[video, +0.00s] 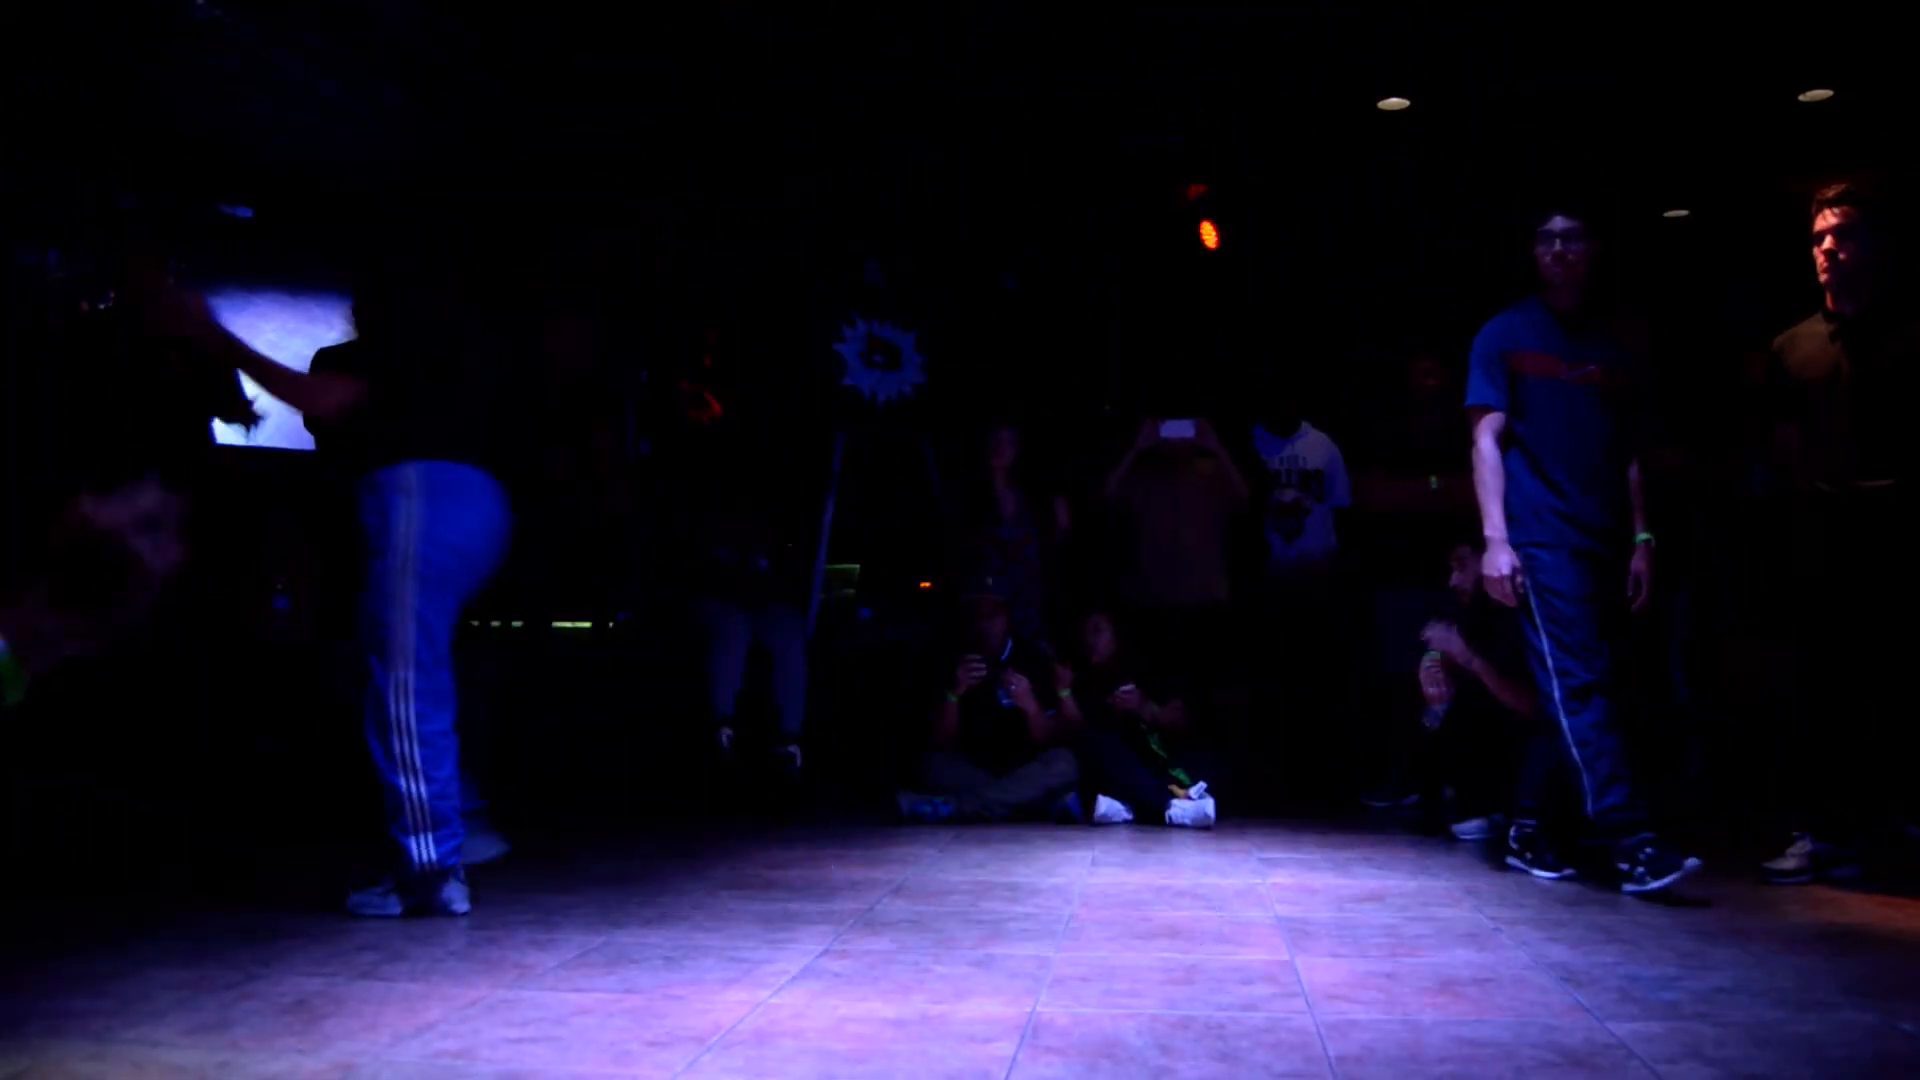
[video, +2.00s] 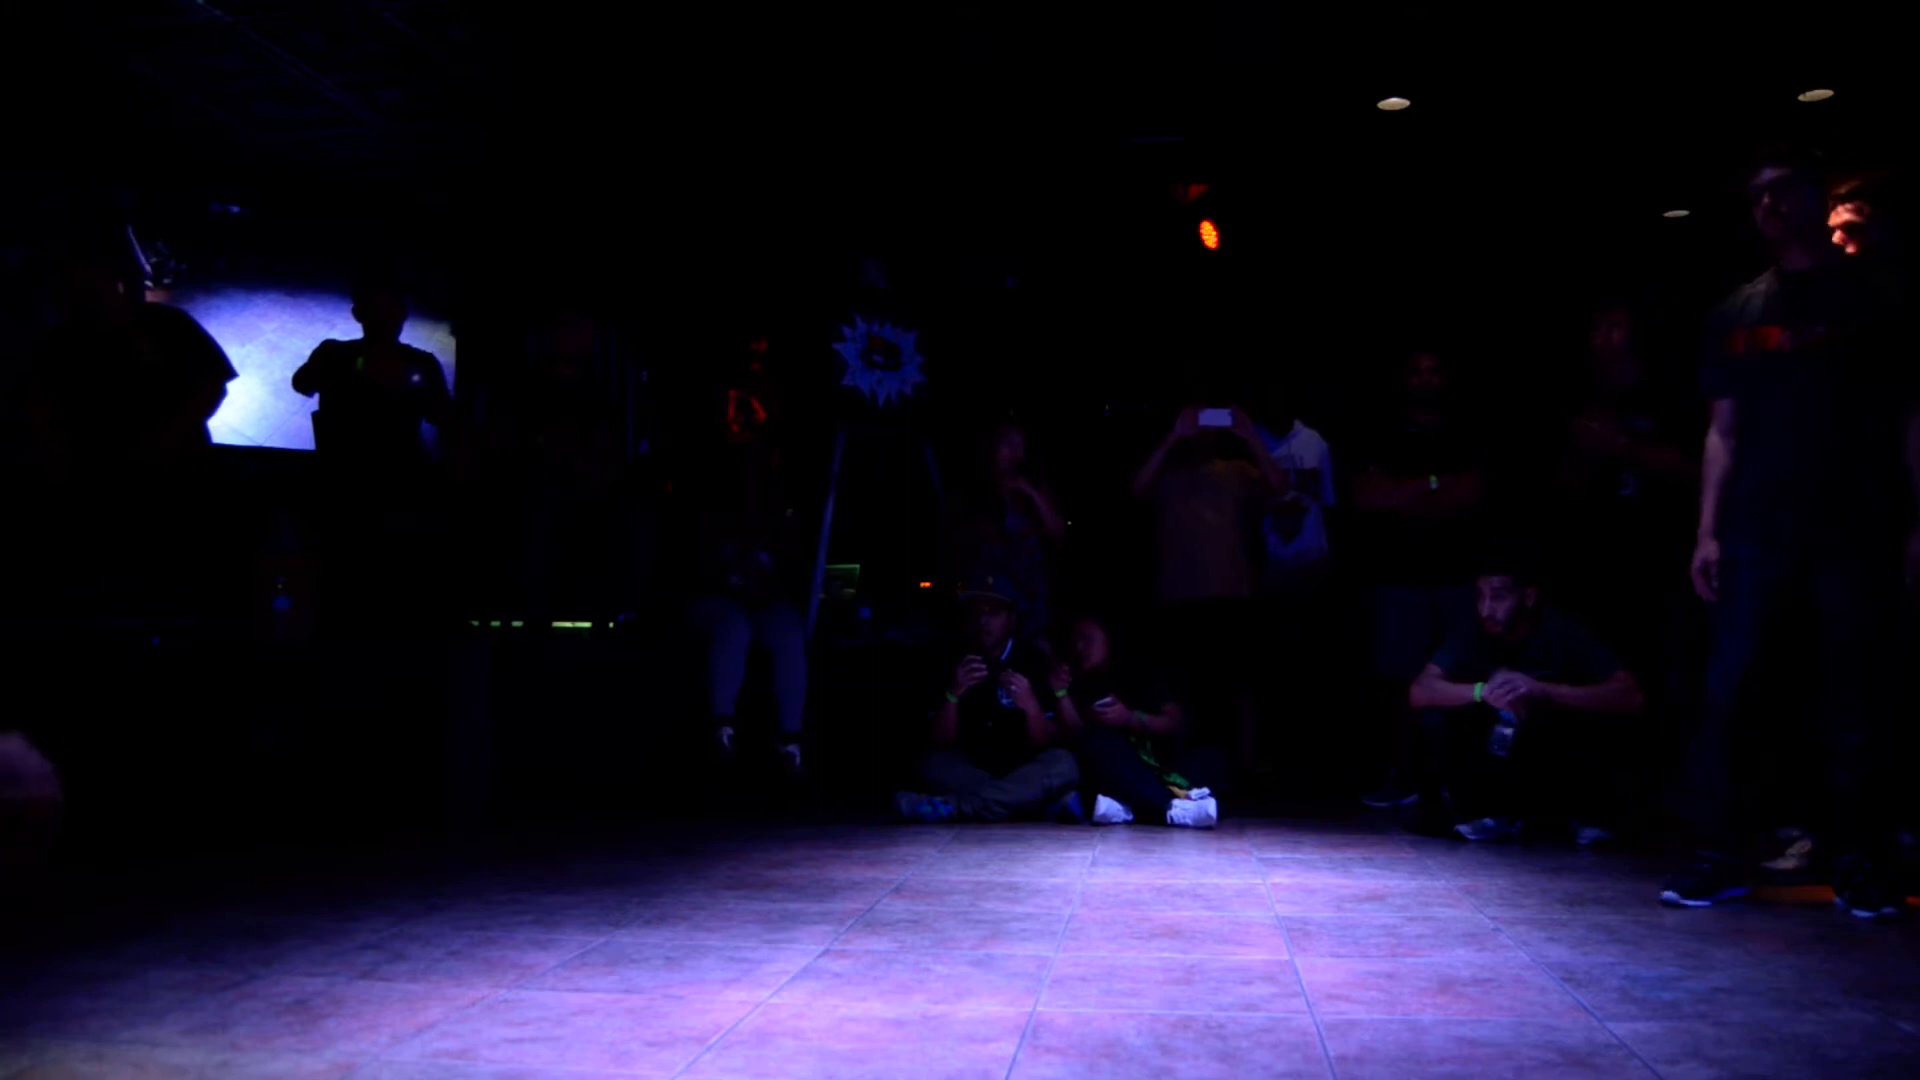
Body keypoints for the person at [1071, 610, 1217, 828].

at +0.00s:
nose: (1095, 640)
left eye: (1101, 632)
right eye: (1090, 633)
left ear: (1116, 636)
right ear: (1083, 639)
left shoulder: (1138, 671)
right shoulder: (1082, 679)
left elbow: (1175, 718)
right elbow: (1076, 728)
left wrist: (1141, 706)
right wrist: (1064, 690)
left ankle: (1128, 807)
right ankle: (1168, 807)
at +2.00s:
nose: (1082, 647)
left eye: (1089, 639)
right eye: (1077, 641)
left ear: (1108, 642)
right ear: (1071, 646)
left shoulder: (1134, 676)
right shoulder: (1078, 683)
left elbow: (1173, 721)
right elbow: (1077, 731)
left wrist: (1129, 718)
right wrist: (1060, 692)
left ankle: (1130, 808)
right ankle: (1170, 807)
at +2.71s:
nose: (1111, 641)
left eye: (1119, 633)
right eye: (1105, 634)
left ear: (1134, 639)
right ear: (1096, 639)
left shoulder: (1152, 677)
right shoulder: (1088, 679)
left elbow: (1188, 726)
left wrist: (1152, 717)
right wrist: (1075, 712)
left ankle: (1129, 808)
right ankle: (1168, 809)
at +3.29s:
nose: (1137, 645)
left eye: (1146, 637)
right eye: (1131, 638)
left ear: (1161, 641)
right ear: (1123, 643)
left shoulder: (1181, 680)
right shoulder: (1115, 682)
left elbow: (1207, 733)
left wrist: (1175, 721)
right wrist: (1105, 719)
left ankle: (1143, 813)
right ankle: (1181, 813)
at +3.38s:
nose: (1153, 644)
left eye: (1162, 636)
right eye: (1147, 637)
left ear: (1177, 641)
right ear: (1140, 643)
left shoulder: (1197, 679)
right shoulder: (1131, 679)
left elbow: (1222, 733)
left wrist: (1189, 719)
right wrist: (1123, 717)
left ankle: (1157, 812)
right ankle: (1196, 813)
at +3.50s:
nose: (1178, 642)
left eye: (1188, 634)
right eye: (1174, 635)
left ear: (1204, 638)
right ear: (1166, 641)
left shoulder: (1226, 678)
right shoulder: (1158, 679)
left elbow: (1249, 731)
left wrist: (1213, 717)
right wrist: (1156, 718)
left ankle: (1183, 811)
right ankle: (1223, 812)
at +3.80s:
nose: (1189, 641)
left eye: (1198, 633)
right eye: (1184, 634)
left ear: (1214, 638)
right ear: (1177, 639)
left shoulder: (1234, 677)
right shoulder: (1170, 679)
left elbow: (1259, 731)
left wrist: (1222, 719)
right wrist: (1180, 720)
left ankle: (1195, 810)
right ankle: (1236, 811)